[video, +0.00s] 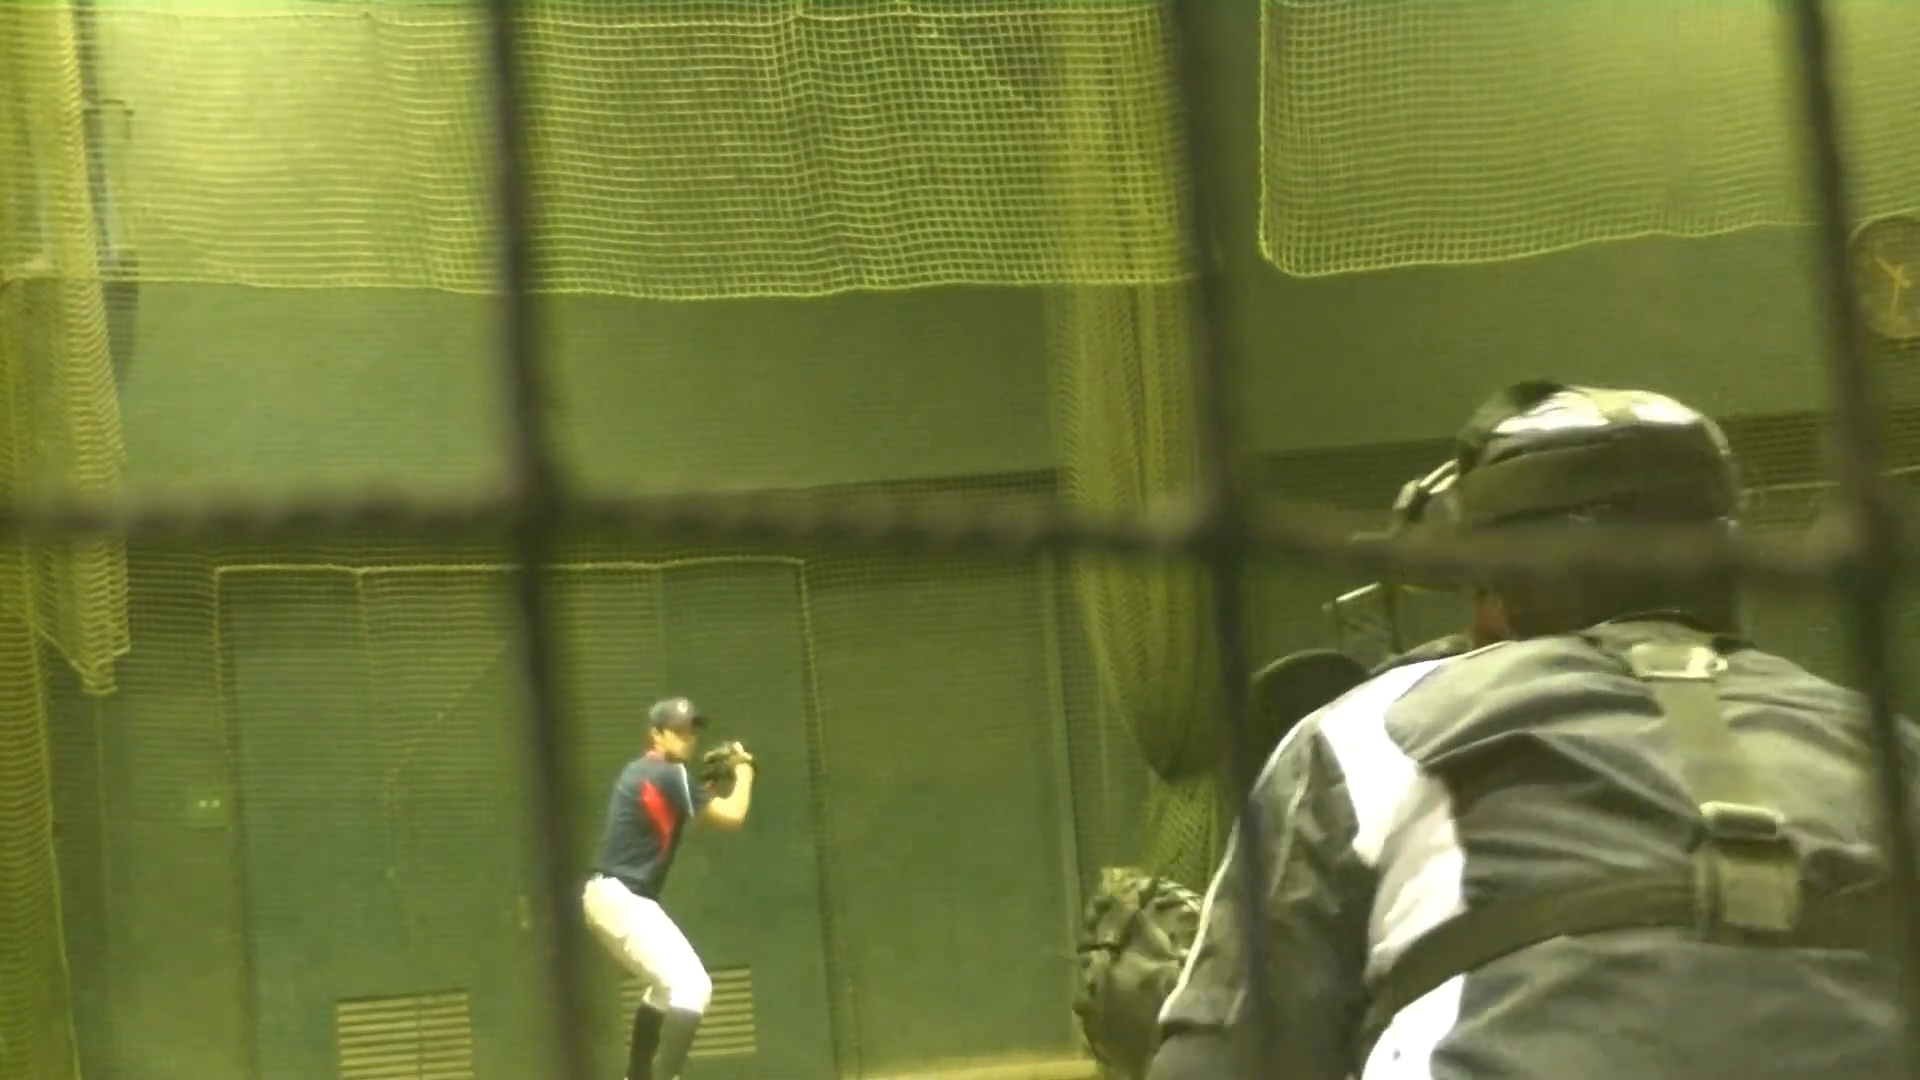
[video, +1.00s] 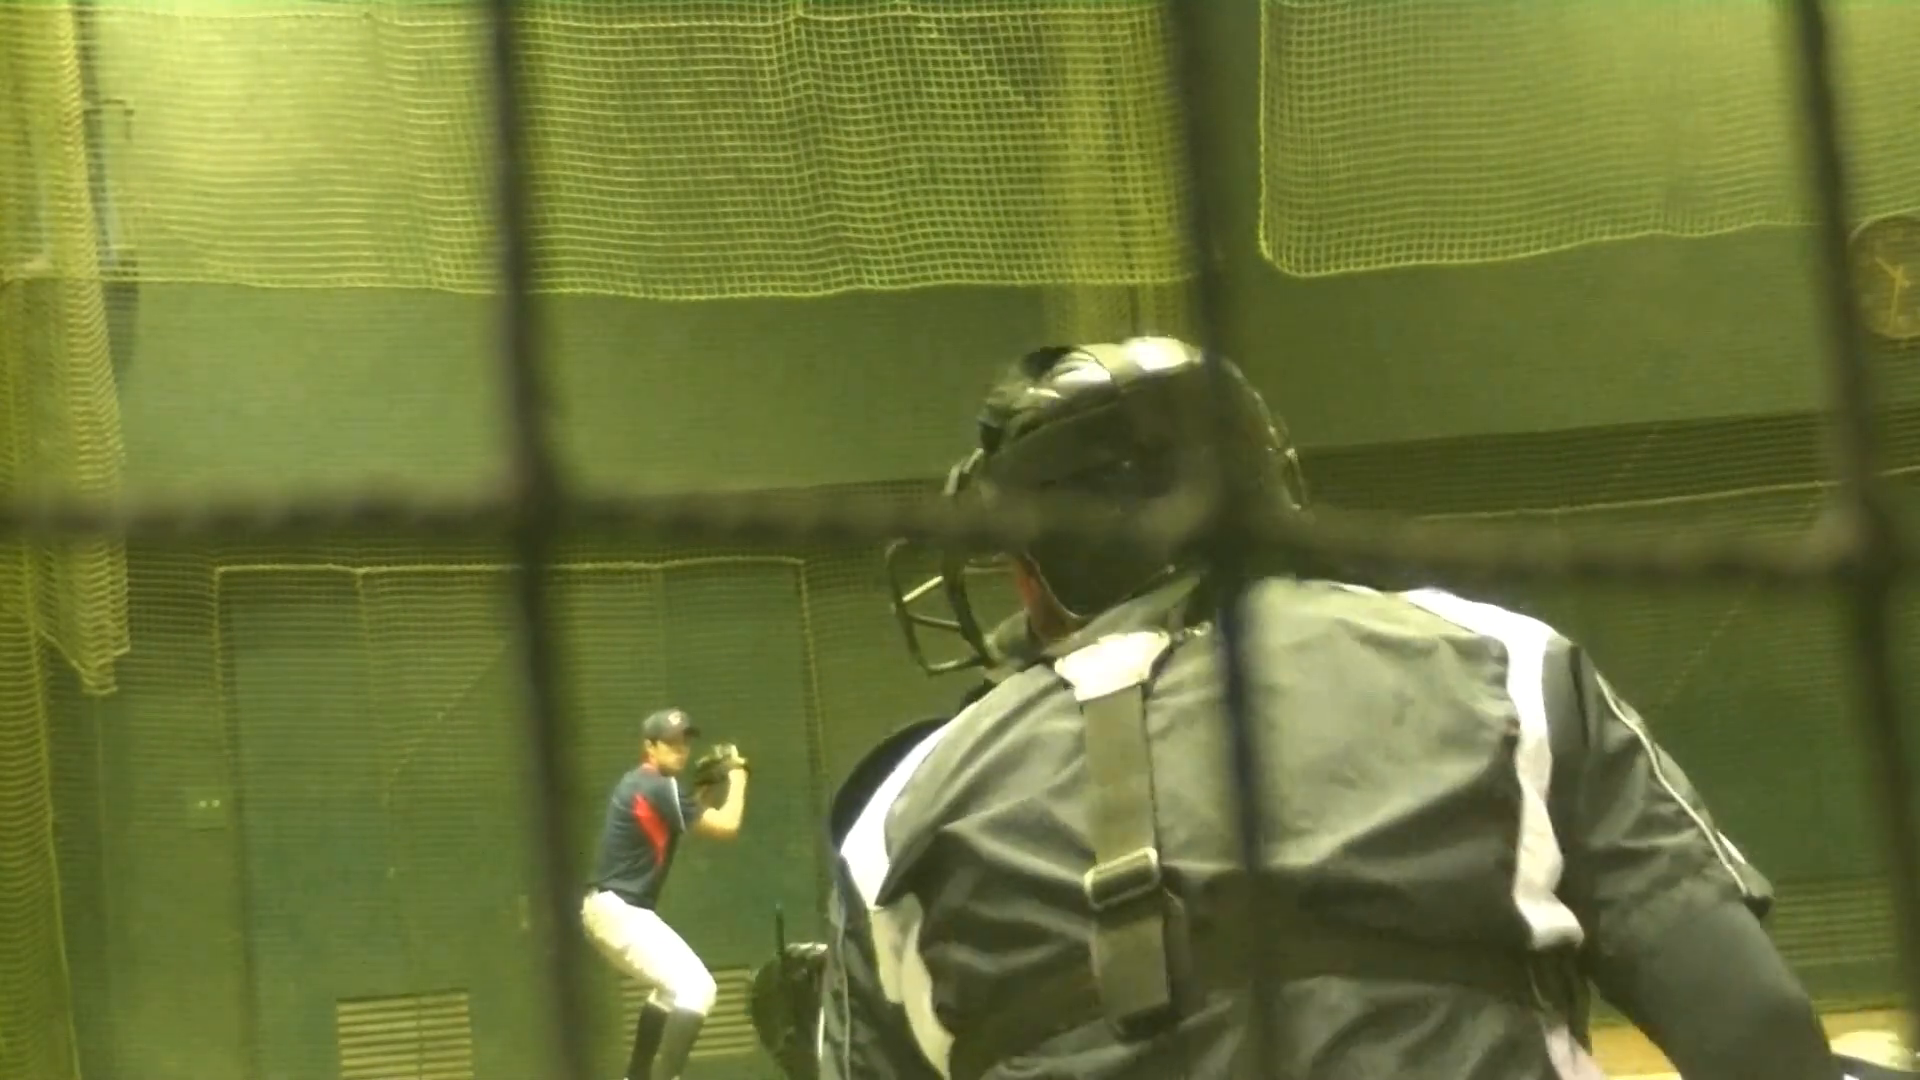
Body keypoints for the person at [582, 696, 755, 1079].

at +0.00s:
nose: (690, 739)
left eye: (692, 731)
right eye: (683, 732)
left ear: (657, 736)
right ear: (660, 734)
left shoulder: (638, 770)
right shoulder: (668, 774)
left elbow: (680, 808)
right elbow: (732, 814)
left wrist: (712, 783)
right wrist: (744, 771)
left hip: (603, 894)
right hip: (623, 898)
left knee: (665, 984)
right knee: (693, 986)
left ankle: (638, 1073)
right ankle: (669, 1072)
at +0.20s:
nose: (688, 745)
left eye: (690, 736)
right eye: (679, 737)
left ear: (656, 742)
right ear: (656, 739)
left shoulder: (640, 775)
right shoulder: (661, 779)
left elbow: (688, 811)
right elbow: (725, 823)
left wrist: (713, 779)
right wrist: (744, 777)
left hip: (606, 900)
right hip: (622, 902)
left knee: (667, 986)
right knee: (695, 987)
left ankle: (636, 1073)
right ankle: (667, 1072)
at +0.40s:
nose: (685, 746)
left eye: (687, 738)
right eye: (677, 739)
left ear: (656, 743)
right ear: (653, 741)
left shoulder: (639, 776)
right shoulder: (659, 782)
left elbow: (697, 801)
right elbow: (721, 833)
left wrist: (721, 766)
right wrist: (748, 782)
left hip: (603, 901)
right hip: (620, 905)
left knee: (665, 986)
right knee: (693, 989)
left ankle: (635, 1071)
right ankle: (666, 1072)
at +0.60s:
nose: (683, 752)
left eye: (686, 744)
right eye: (675, 744)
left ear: (687, 744)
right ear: (651, 745)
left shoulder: (637, 780)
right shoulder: (657, 788)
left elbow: (692, 807)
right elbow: (720, 837)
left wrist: (721, 778)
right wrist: (746, 787)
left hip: (605, 905)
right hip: (620, 910)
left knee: (670, 986)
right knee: (695, 990)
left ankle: (639, 1072)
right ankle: (667, 1072)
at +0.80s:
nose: (683, 751)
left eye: (685, 744)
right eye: (674, 744)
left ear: (685, 744)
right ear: (651, 746)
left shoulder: (639, 781)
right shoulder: (656, 787)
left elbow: (687, 815)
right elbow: (725, 828)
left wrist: (714, 784)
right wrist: (740, 781)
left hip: (606, 907)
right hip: (619, 909)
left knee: (671, 985)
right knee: (697, 988)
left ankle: (639, 1072)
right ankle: (669, 1073)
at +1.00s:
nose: (683, 751)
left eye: (685, 743)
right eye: (674, 743)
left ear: (686, 743)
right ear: (651, 746)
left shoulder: (637, 782)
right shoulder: (656, 787)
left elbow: (683, 817)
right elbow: (726, 824)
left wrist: (710, 787)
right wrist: (738, 776)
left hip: (606, 907)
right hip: (619, 909)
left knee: (671, 985)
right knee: (698, 989)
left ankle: (638, 1073)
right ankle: (669, 1073)